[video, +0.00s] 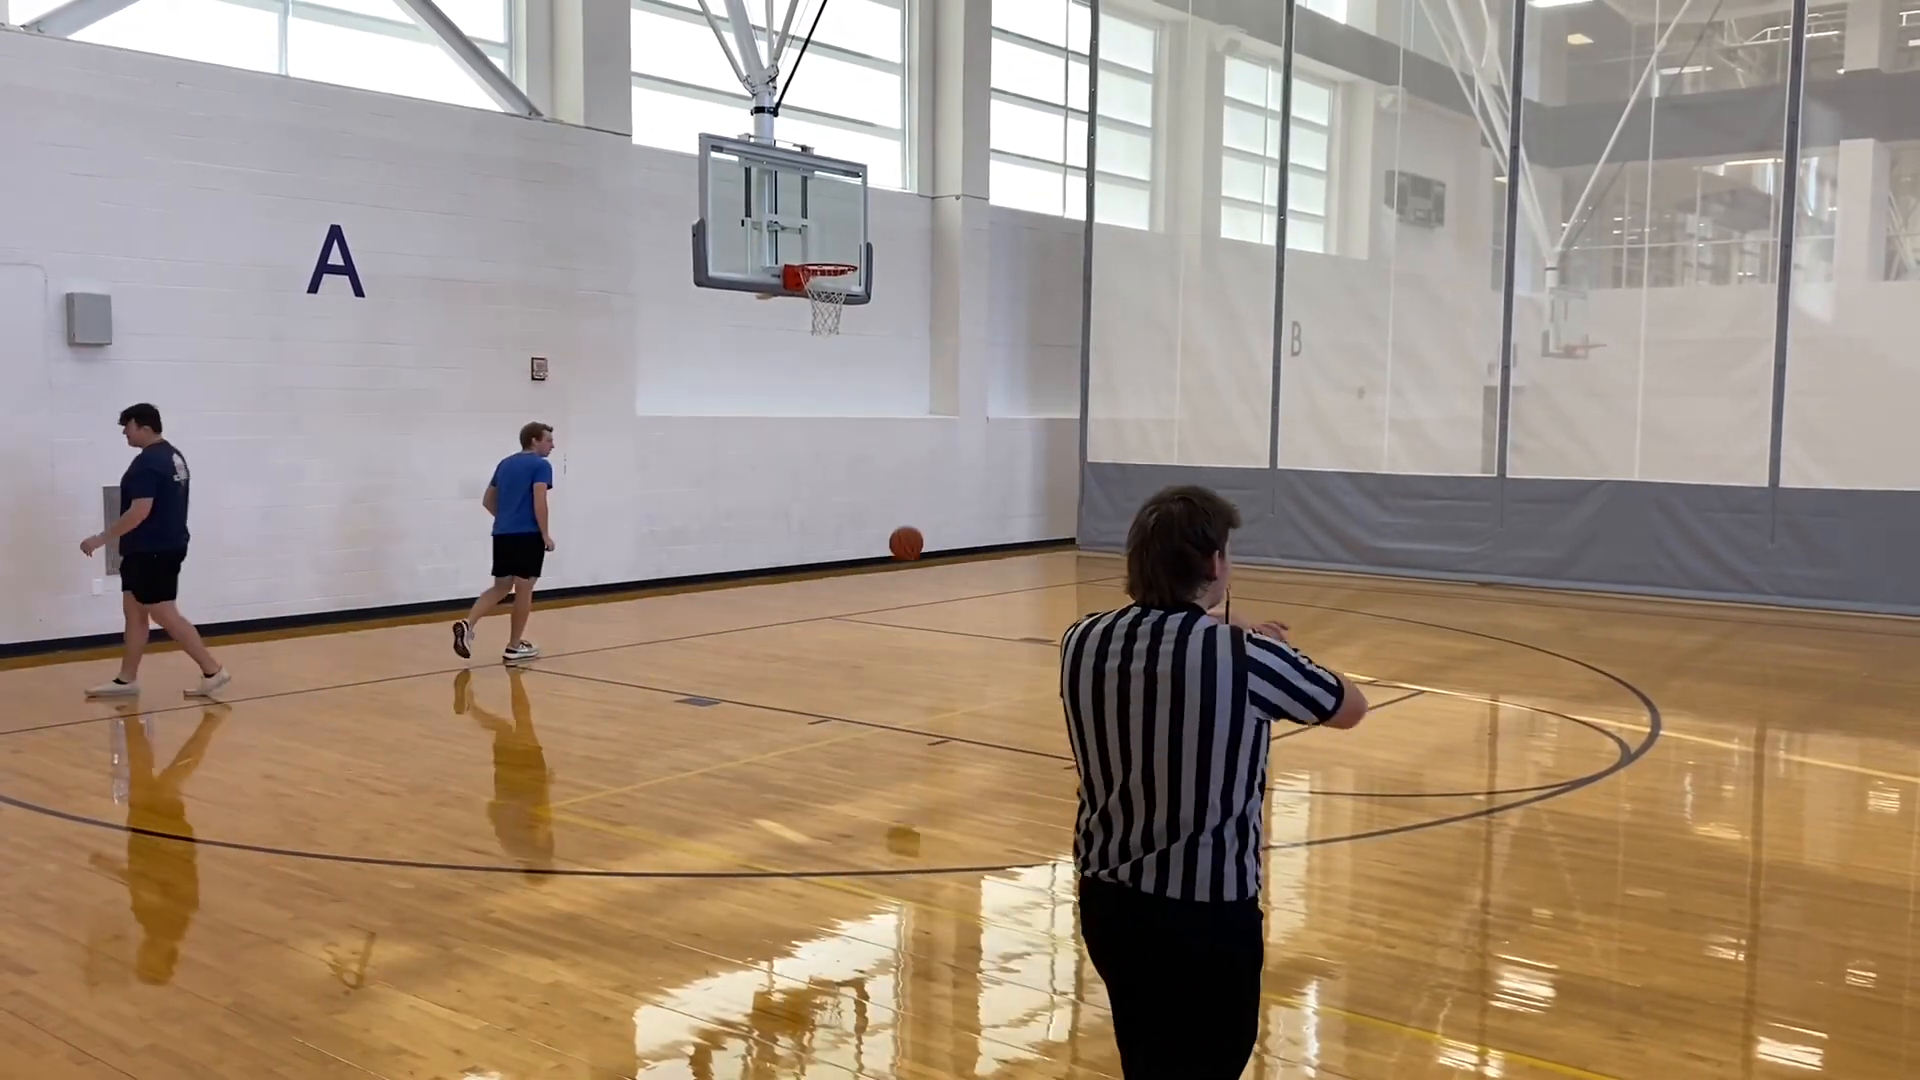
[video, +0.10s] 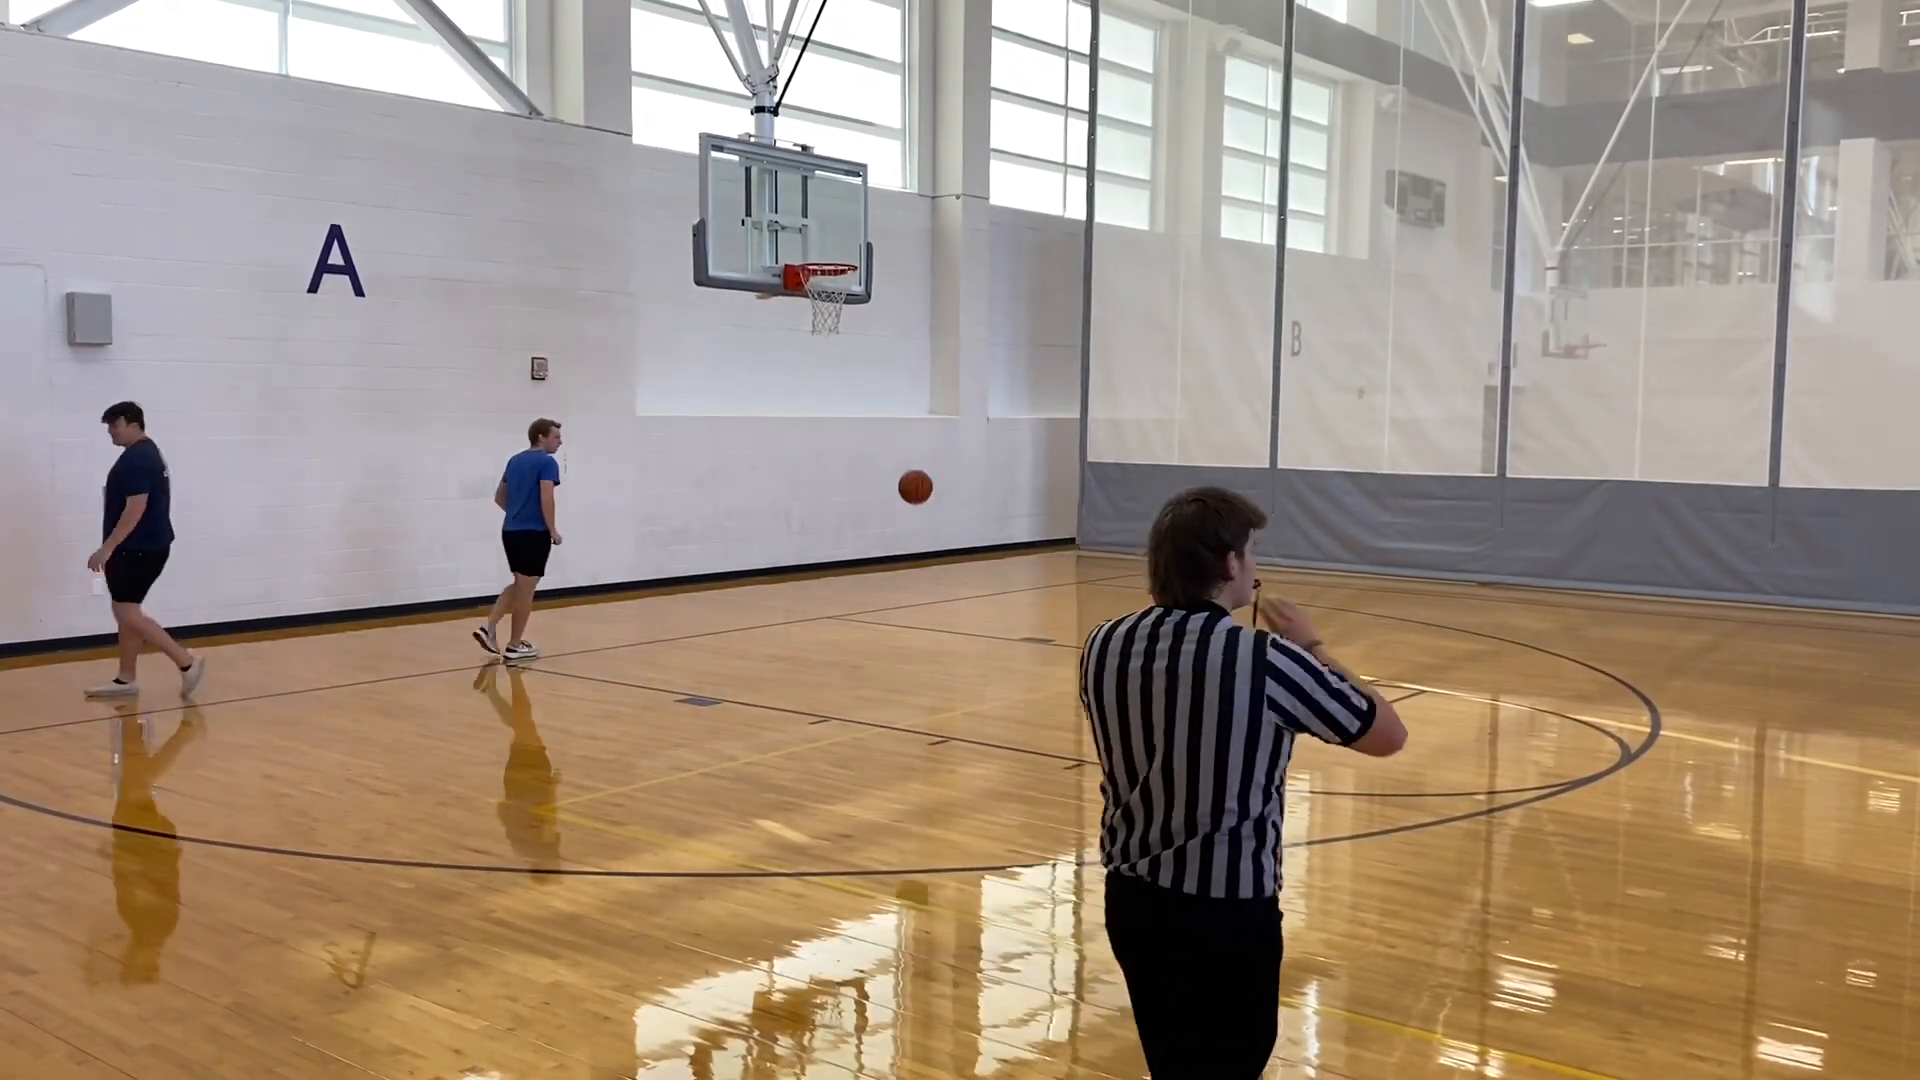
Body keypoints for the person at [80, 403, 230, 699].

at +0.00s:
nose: (125, 435)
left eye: (128, 429)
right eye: (125, 429)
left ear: (143, 428)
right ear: (150, 429)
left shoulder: (148, 461)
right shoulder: (172, 455)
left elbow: (139, 511)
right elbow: (169, 508)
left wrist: (101, 538)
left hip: (150, 551)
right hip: (163, 548)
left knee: (164, 613)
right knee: (135, 610)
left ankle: (214, 672)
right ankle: (126, 679)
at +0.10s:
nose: (110, 431)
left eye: (113, 425)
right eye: (109, 426)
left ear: (131, 424)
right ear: (133, 426)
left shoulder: (138, 457)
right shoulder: (143, 452)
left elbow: (136, 509)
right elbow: (141, 507)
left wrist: (106, 548)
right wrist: (114, 547)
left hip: (139, 547)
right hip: (141, 545)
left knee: (126, 610)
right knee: (126, 611)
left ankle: (187, 663)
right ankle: (126, 680)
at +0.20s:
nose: (97, 429)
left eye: (103, 423)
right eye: (96, 424)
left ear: (120, 422)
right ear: (111, 424)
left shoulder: (128, 456)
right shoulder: (121, 453)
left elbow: (134, 509)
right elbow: (120, 507)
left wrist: (117, 551)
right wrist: (104, 547)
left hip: (126, 546)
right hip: (125, 544)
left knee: (97, 607)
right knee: (123, 609)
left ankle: (155, 661)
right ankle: (126, 678)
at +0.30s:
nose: (88, 429)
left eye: (93, 423)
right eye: (84, 424)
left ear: (110, 422)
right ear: (83, 427)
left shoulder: (124, 458)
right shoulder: (96, 455)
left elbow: (134, 509)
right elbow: (89, 502)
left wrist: (124, 552)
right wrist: (70, 533)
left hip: (111, 548)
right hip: (100, 545)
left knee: (82, 604)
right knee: (116, 609)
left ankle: (113, 674)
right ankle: (125, 680)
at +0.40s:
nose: (76, 431)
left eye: (81, 424)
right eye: (73, 426)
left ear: (98, 423)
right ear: (72, 428)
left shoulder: (116, 460)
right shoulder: (79, 456)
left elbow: (130, 510)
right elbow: (68, 500)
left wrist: (125, 554)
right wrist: (43, 535)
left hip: (101, 551)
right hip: (84, 549)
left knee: (79, 614)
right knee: (109, 610)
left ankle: (70, 689)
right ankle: (125, 678)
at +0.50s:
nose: (69, 432)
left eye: (75, 426)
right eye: (65, 426)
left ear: (90, 426)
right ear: (62, 429)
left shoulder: (106, 464)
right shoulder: (66, 459)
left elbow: (121, 513)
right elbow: (53, 503)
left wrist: (121, 558)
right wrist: (26, 537)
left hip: (93, 554)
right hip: (69, 553)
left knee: (71, 616)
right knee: (95, 611)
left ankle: (60, 691)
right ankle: (122, 674)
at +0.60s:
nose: (62, 430)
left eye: (68, 424)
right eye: (57, 425)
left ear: (82, 425)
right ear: (53, 428)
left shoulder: (98, 463)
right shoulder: (53, 458)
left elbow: (110, 515)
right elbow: (44, 504)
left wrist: (109, 561)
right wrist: (23, 539)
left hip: (83, 552)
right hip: (54, 550)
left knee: (69, 614)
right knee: (58, 611)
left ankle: (59, 691)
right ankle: (108, 666)